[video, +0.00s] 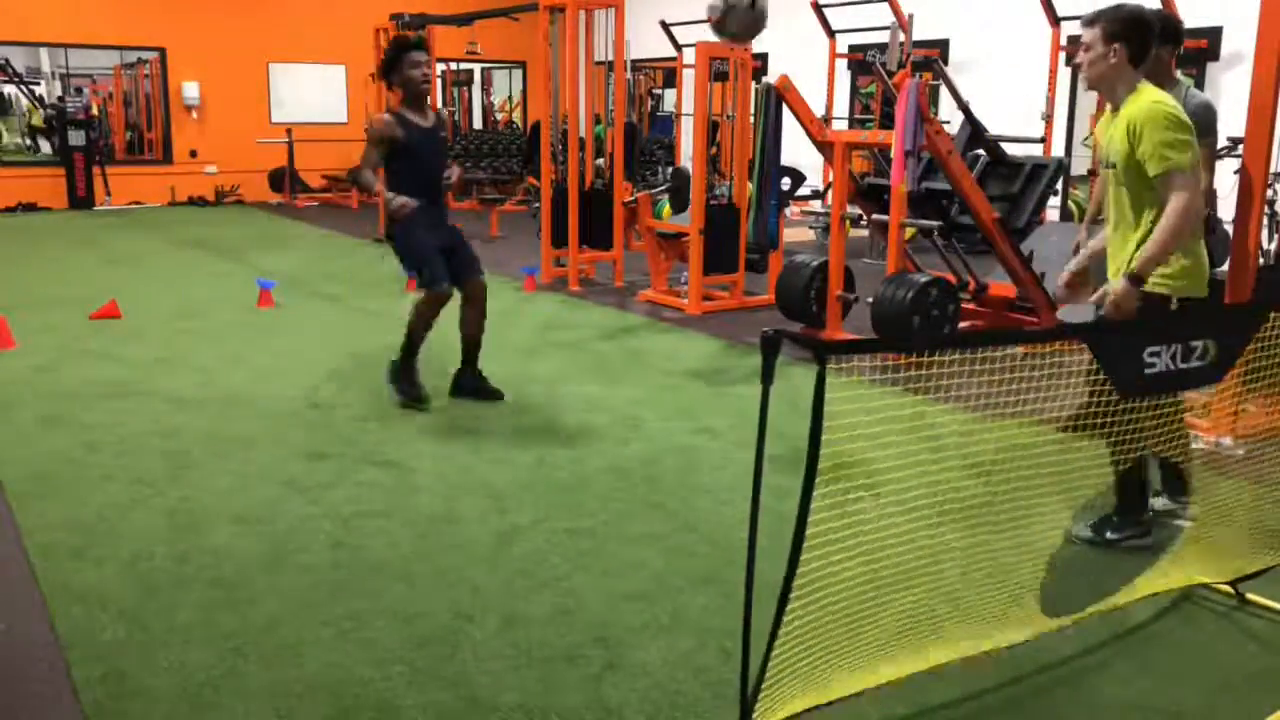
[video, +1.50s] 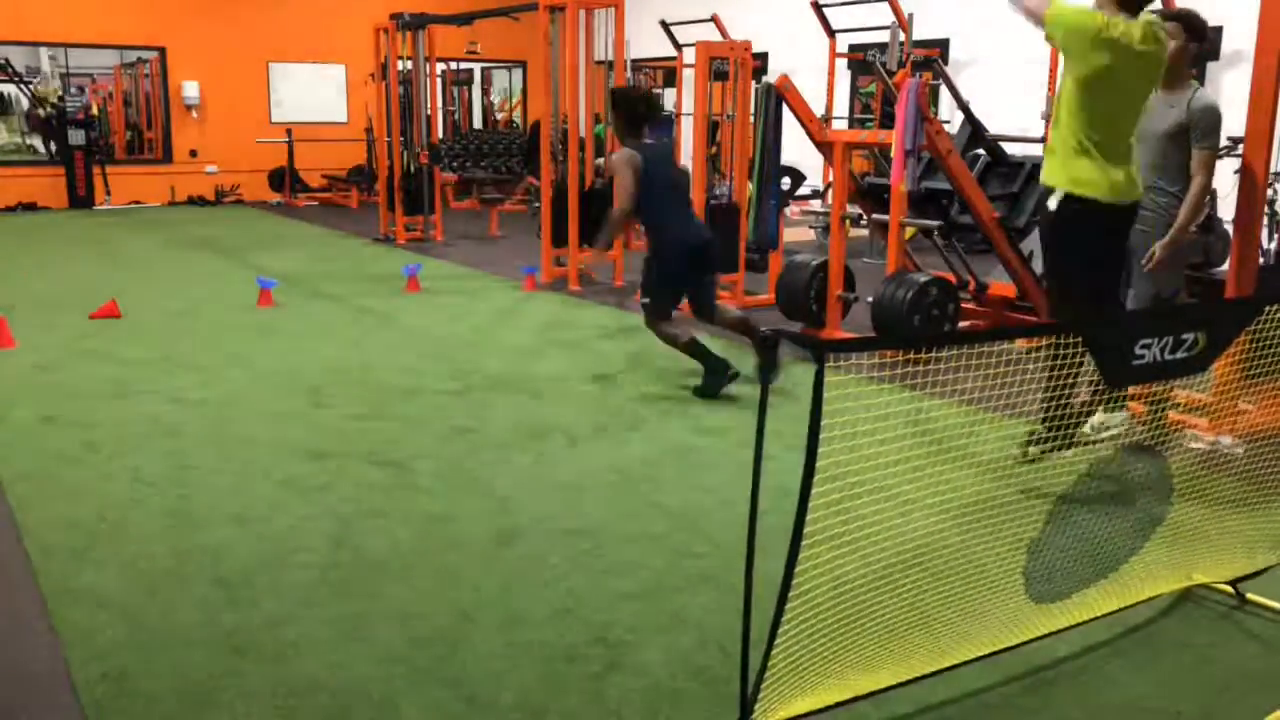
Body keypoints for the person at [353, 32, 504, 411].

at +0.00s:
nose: (426, 73)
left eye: (427, 66)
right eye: (415, 67)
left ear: (431, 73)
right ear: (394, 80)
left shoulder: (438, 121)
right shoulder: (385, 125)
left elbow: (438, 163)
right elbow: (363, 172)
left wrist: (452, 171)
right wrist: (388, 197)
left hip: (439, 220)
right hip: (407, 223)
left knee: (475, 287)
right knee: (439, 289)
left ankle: (468, 374)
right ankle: (404, 366)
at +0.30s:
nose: (519, 103)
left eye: (520, 96)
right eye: (513, 95)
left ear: (513, 97)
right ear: (491, 95)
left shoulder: (505, 136)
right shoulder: (473, 138)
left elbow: (493, 183)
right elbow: (444, 182)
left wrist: (520, 197)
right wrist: (465, 234)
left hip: (521, 228)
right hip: (498, 239)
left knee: (580, 236)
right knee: (528, 309)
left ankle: (579, 307)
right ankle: (496, 389)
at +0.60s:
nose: (596, 77)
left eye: (595, 69)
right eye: (590, 69)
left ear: (578, 74)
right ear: (568, 73)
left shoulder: (581, 118)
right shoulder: (543, 120)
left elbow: (581, 170)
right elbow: (520, 170)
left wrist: (602, 186)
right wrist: (534, 215)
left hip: (586, 223)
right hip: (557, 225)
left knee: (621, 275)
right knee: (543, 301)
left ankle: (625, 362)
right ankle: (502, 380)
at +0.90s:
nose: (631, 99)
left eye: (627, 95)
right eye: (624, 96)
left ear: (610, 107)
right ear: (610, 106)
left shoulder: (628, 138)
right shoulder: (606, 142)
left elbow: (657, 152)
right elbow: (568, 172)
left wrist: (686, 148)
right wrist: (550, 194)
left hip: (657, 230)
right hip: (669, 222)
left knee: (664, 302)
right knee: (738, 218)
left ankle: (619, 373)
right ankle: (794, 223)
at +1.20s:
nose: (707, 122)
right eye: (703, 115)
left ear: (665, 131)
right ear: (699, 124)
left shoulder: (663, 169)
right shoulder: (729, 155)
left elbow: (621, 200)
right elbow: (775, 175)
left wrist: (587, 230)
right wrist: (806, 195)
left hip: (709, 257)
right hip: (745, 248)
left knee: (718, 307)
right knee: (780, 310)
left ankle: (709, 365)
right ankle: (819, 363)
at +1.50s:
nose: (611, 124)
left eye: (613, 118)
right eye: (612, 118)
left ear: (618, 121)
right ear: (645, 121)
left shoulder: (625, 158)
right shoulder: (663, 151)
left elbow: (624, 207)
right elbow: (681, 185)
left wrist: (603, 241)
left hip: (668, 248)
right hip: (698, 239)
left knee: (656, 320)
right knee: (706, 311)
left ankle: (714, 365)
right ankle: (760, 337)